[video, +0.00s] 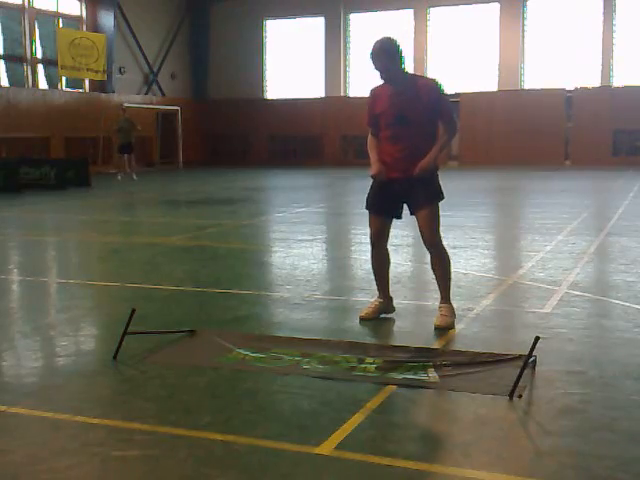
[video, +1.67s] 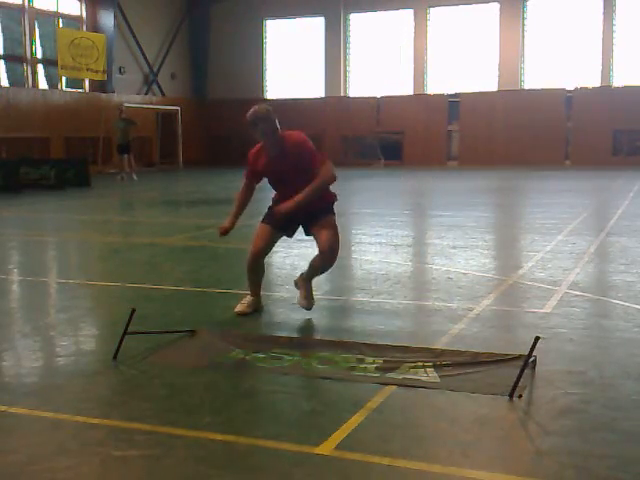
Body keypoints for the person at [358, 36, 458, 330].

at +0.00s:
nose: (378, 68)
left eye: (382, 62)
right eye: (375, 63)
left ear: (397, 58)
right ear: (374, 64)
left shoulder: (427, 88)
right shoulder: (377, 94)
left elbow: (450, 127)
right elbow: (372, 134)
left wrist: (432, 158)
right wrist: (375, 162)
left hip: (420, 178)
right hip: (385, 179)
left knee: (432, 241)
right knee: (377, 239)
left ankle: (445, 304)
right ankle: (384, 299)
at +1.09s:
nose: (369, 93)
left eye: (374, 87)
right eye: (366, 87)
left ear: (390, 85)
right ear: (365, 87)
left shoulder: (414, 116)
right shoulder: (365, 114)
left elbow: (435, 156)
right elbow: (361, 151)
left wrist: (402, 182)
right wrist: (364, 179)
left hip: (406, 193)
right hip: (372, 191)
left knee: (426, 251)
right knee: (332, 239)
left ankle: (446, 306)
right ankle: (366, 288)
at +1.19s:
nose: (346, 84)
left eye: (351, 79)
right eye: (344, 79)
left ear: (366, 77)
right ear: (344, 79)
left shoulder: (390, 107)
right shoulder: (345, 108)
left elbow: (410, 147)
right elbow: (343, 140)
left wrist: (370, 162)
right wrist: (342, 165)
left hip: (387, 191)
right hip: (352, 189)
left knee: (415, 247)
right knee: (308, 228)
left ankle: (445, 305)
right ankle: (327, 287)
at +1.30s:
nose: (315, 81)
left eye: (319, 75)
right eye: (313, 76)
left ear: (334, 73)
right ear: (313, 76)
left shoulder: (361, 99)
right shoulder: (317, 104)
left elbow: (386, 134)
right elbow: (313, 131)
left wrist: (346, 147)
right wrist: (314, 155)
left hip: (363, 183)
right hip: (328, 181)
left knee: (396, 240)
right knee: (288, 228)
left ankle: (431, 297)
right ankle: (280, 286)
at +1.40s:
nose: (294, 94)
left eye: (297, 88)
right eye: (289, 90)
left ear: (306, 85)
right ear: (285, 91)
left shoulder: (335, 110)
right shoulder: (288, 113)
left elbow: (357, 144)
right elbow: (287, 141)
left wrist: (329, 161)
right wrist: (284, 171)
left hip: (338, 187)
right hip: (304, 187)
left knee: (368, 241)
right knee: (270, 241)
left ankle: (396, 289)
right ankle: (255, 293)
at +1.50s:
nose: (268, 109)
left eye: (271, 103)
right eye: (263, 105)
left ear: (282, 104)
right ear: (260, 109)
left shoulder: (311, 129)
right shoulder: (268, 136)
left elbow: (338, 161)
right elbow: (270, 168)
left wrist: (309, 186)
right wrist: (257, 201)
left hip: (324, 194)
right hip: (292, 194)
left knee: (340, 250)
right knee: (258, 246)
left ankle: (346, 279)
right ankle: (254, 296)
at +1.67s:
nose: (270, 133)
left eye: (272, 127)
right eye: (263, 130)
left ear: (277, 124)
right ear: (255, 132)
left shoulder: (298, 141)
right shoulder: (257, 157)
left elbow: (328, 174)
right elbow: (248, 188)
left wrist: (294, 203)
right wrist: (231, 221)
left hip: (316, 200)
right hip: (284, 202)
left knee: (329, 252)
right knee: (256, 253)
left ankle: (305, 279)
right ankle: (254, 298)